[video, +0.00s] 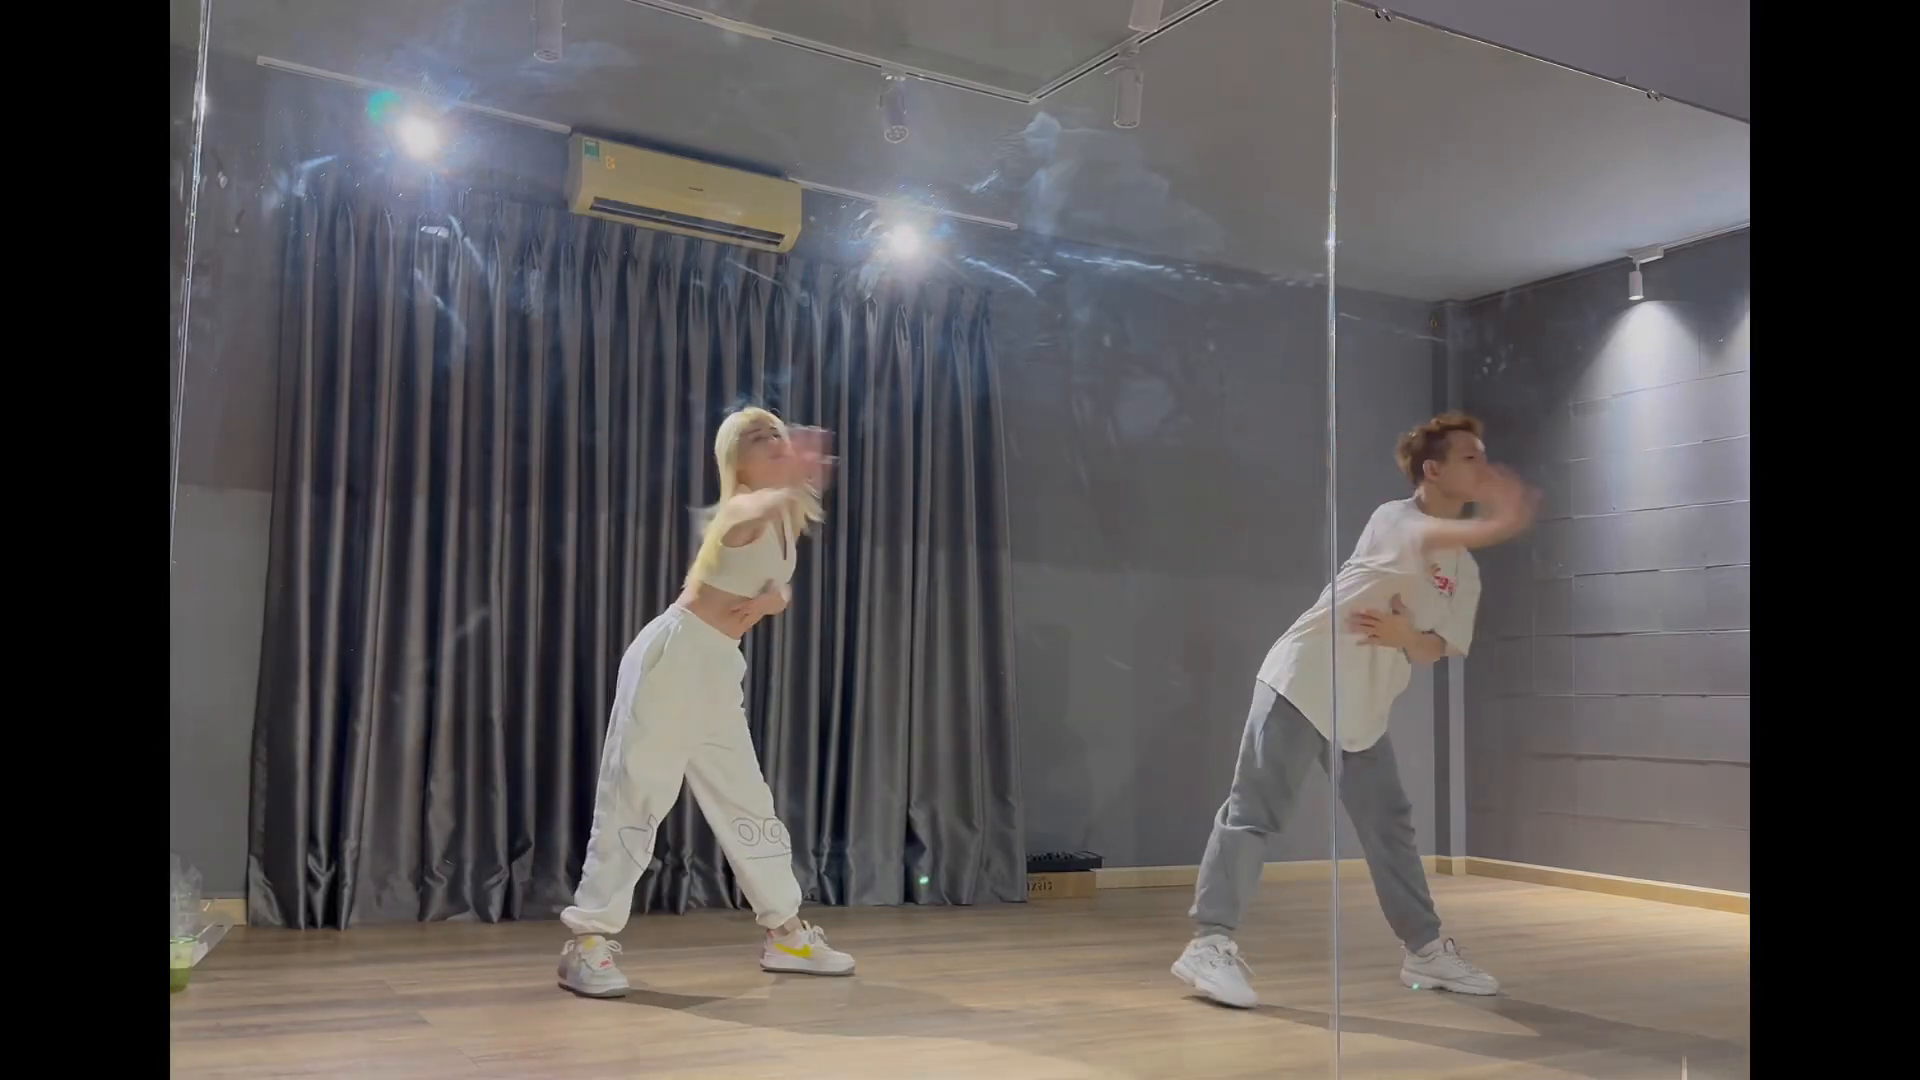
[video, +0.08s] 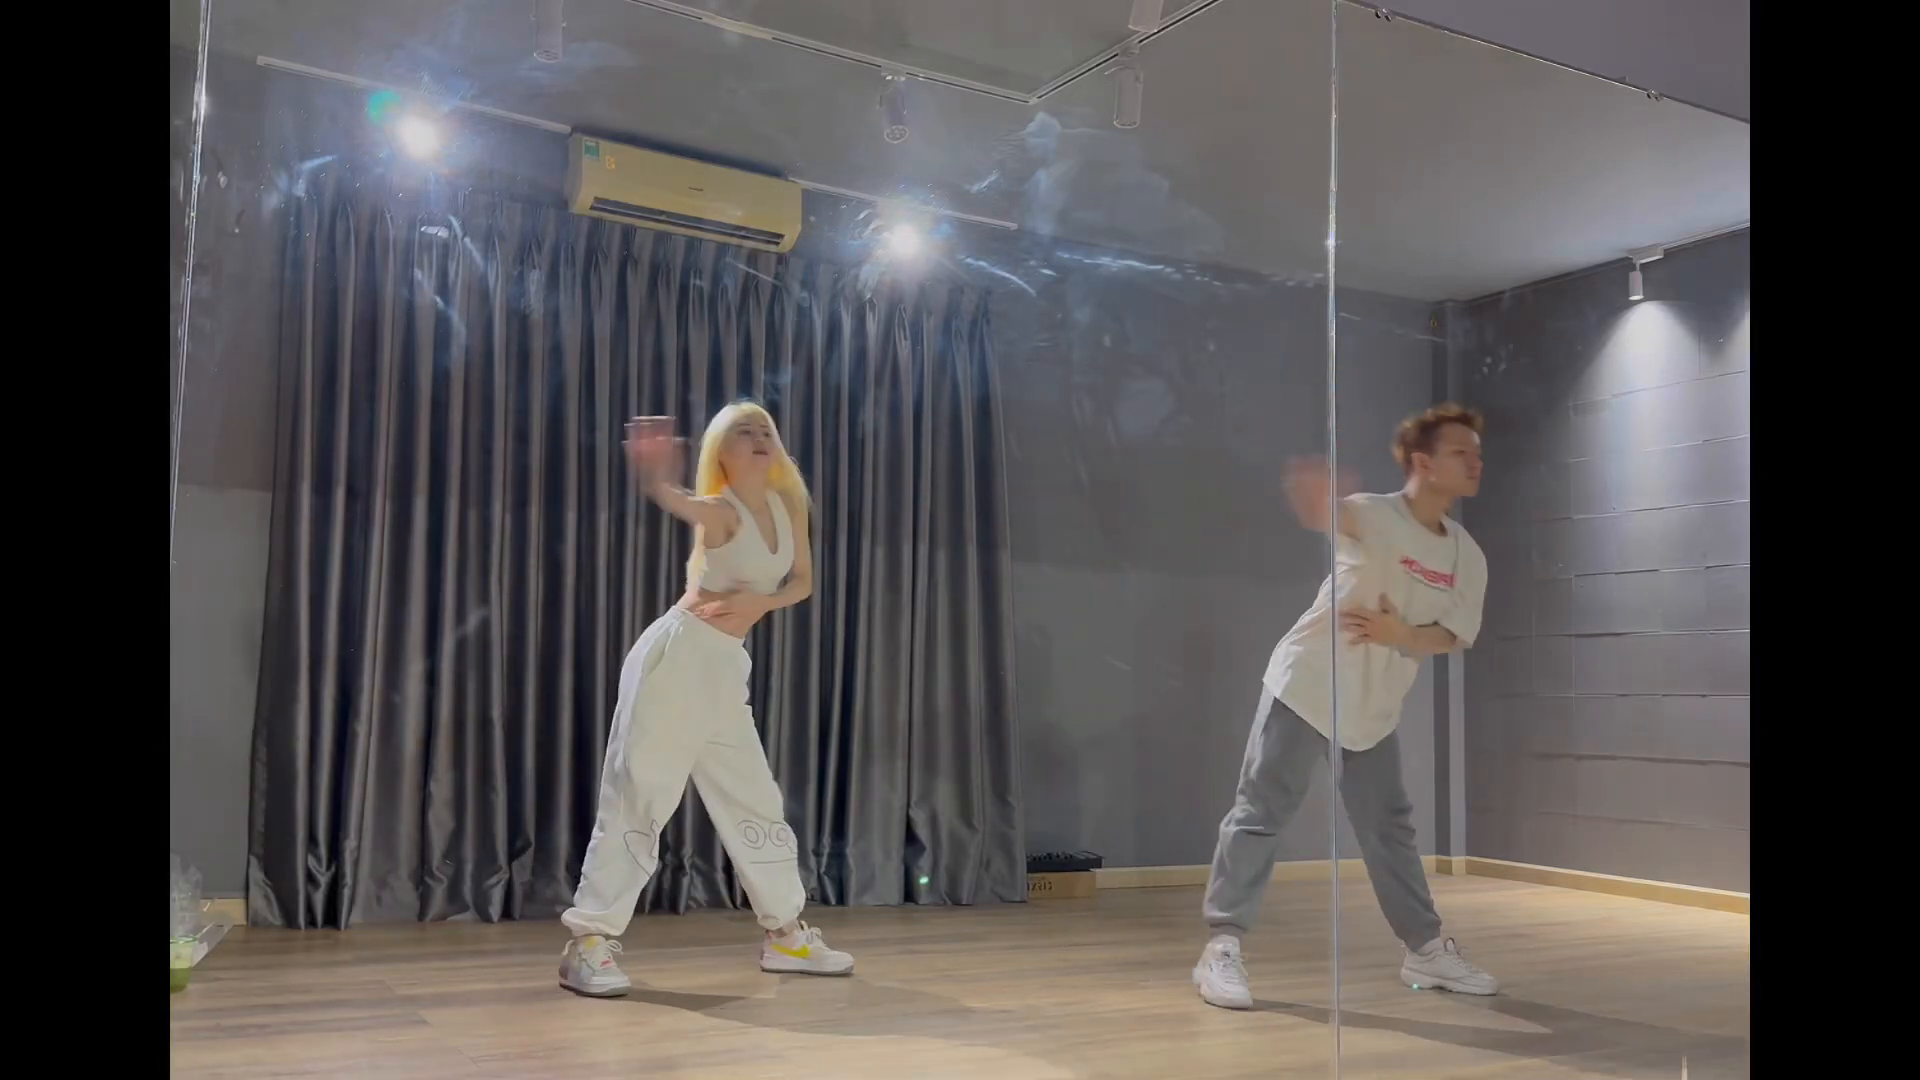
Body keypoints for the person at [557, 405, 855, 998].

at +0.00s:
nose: (783, 444)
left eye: (784, 434)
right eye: (765, 437)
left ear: (793, 450)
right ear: (739, 461)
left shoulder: (785, 519)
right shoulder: (734, 511)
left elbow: (779, 586)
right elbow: (751, 508)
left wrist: (774, 601)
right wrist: (790, 485)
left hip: (716, 670)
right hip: (672, 657)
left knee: (746, 803)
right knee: (632, 800)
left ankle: (786, 933)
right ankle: (588, 941)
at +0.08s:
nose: (759, 438)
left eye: (766, 430)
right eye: (744, 432)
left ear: (779, 449)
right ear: (721, 454)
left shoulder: (789, 505)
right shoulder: (722, 510)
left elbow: (803, 582)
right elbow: (692, 507)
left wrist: (758, 603)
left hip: (723, 671)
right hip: (677, 659)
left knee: (755, 803)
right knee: (637, 801)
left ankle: (786, 935)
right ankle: (590, 943)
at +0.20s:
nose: (742, 442)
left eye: (752, 436)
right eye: (729, 434)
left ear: (765, 457)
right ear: (703, 452)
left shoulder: (775, 509)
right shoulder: (690, 522)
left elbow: (790, 577)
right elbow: (612, 515)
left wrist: (710, 599)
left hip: (731, 678)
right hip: (674, 666)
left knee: (773, 801)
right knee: (634, 803)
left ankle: (790, 937)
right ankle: (587, 946)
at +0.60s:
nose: (742, 458)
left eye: (750, 448)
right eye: (731, 448)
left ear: (759, 456)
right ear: (706, 452)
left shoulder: (763, 518)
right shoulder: (673, 500)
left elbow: (738, 588)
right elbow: (603, 519)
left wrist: (663, 567)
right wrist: (572, 447)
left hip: (752, 673)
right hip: (688, 677)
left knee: (780, 808)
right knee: (647, 805)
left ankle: (821, 930)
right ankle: (645, 951)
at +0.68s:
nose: (734, 422)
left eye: (745, 418)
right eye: (723, 413)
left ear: (755, 440)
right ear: (698, 428)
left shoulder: (751, 500)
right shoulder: (668, 490)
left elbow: (695, 561)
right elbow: (586, 476)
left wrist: (612, 562)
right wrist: (525, 419)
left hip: (741, 662)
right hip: (672, 661)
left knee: (746, 815)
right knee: (649, 802)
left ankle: (805, 899)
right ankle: (647, 950)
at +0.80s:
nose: (726, 428)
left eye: (737, 422)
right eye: (715, 420)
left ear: (748, 441)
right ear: (690, 436)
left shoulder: (747, 498)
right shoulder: (668, 501)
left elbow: (706, 566)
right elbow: (594, 509)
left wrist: (622, 559)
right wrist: (548, 430)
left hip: (714, 668)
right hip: (649, 657)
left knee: (656, 801)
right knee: (629, 804)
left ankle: (744, 890)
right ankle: (643, 950)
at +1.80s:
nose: (697, 438)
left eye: (706, 427)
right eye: (685, 427)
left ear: (717, 429)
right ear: (659, 429)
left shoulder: (720, 470)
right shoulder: (635, 495)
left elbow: (719, 541)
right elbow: (626, 561)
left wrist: (678, 601)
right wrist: (571, 506)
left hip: (710, 650)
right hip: (641, 647)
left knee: (706, 805)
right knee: (625, 798)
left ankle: (719, 949)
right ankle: (642, 949)